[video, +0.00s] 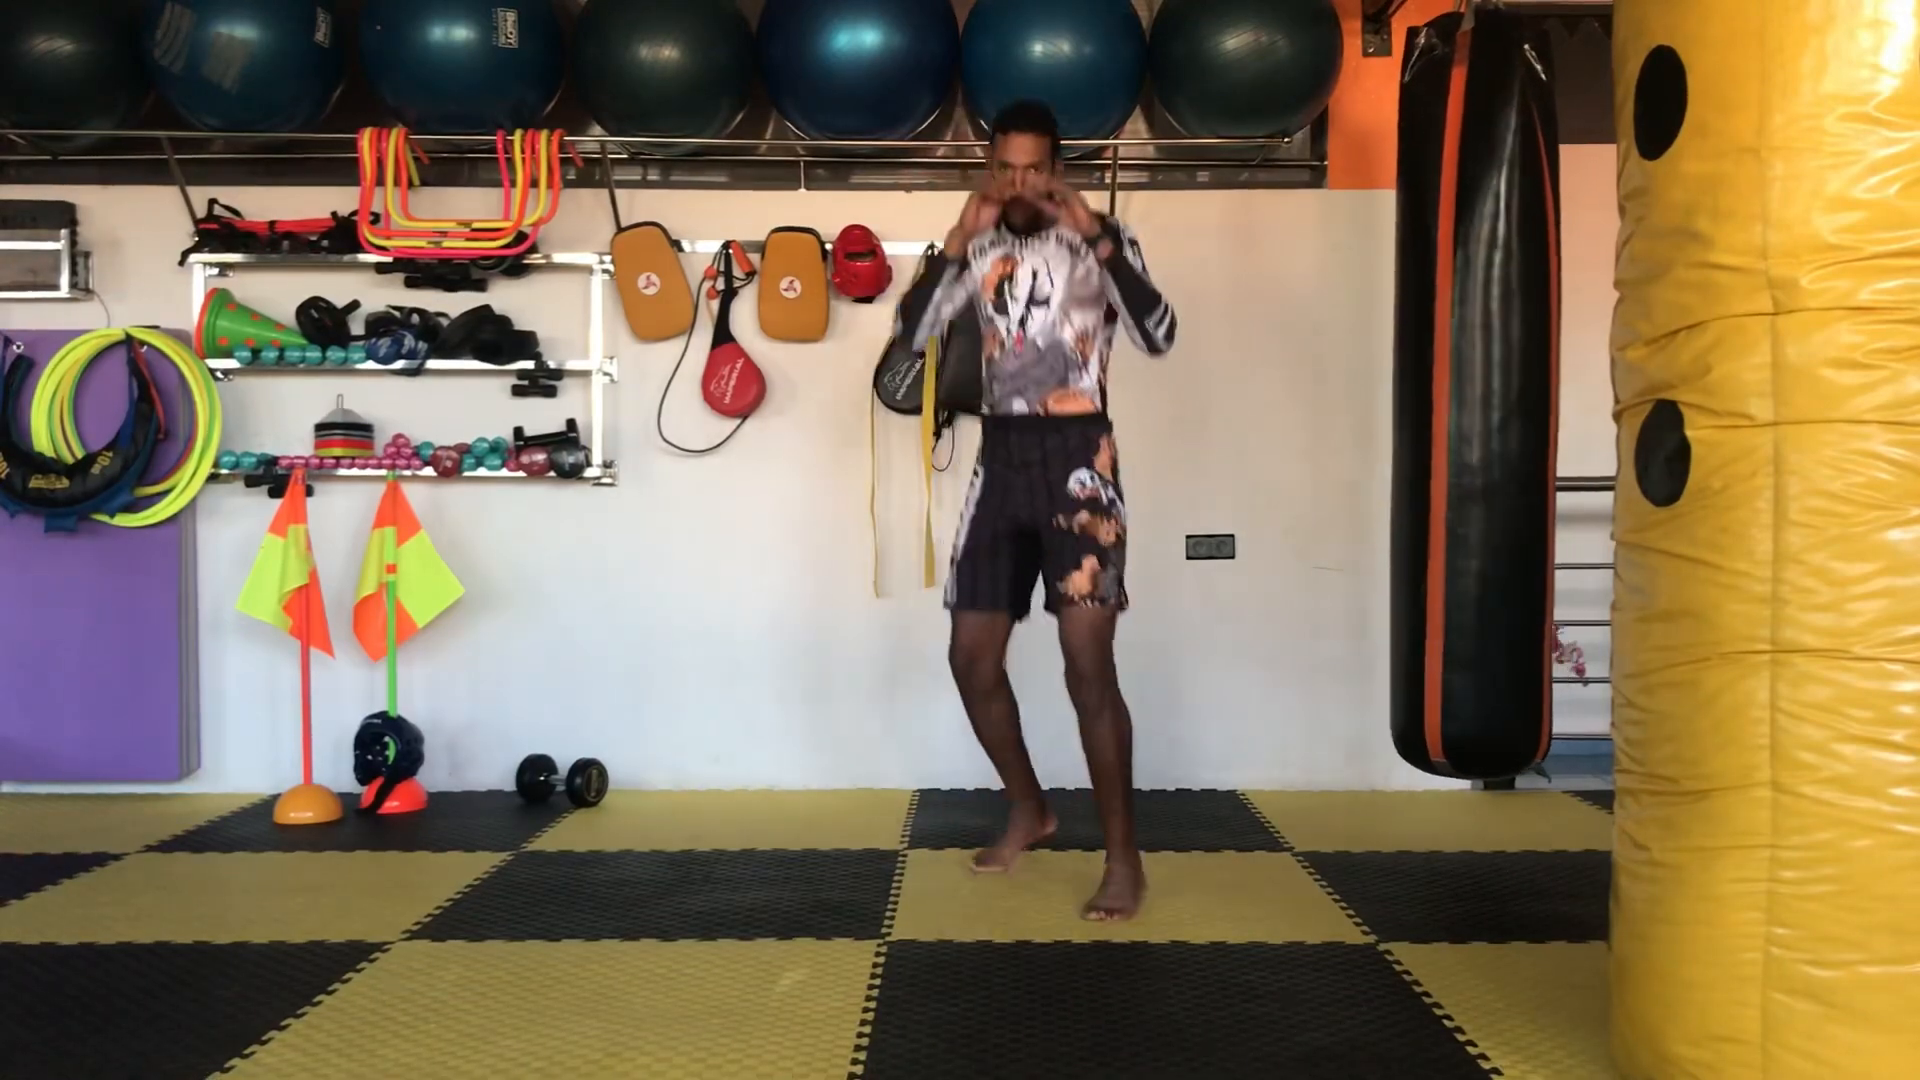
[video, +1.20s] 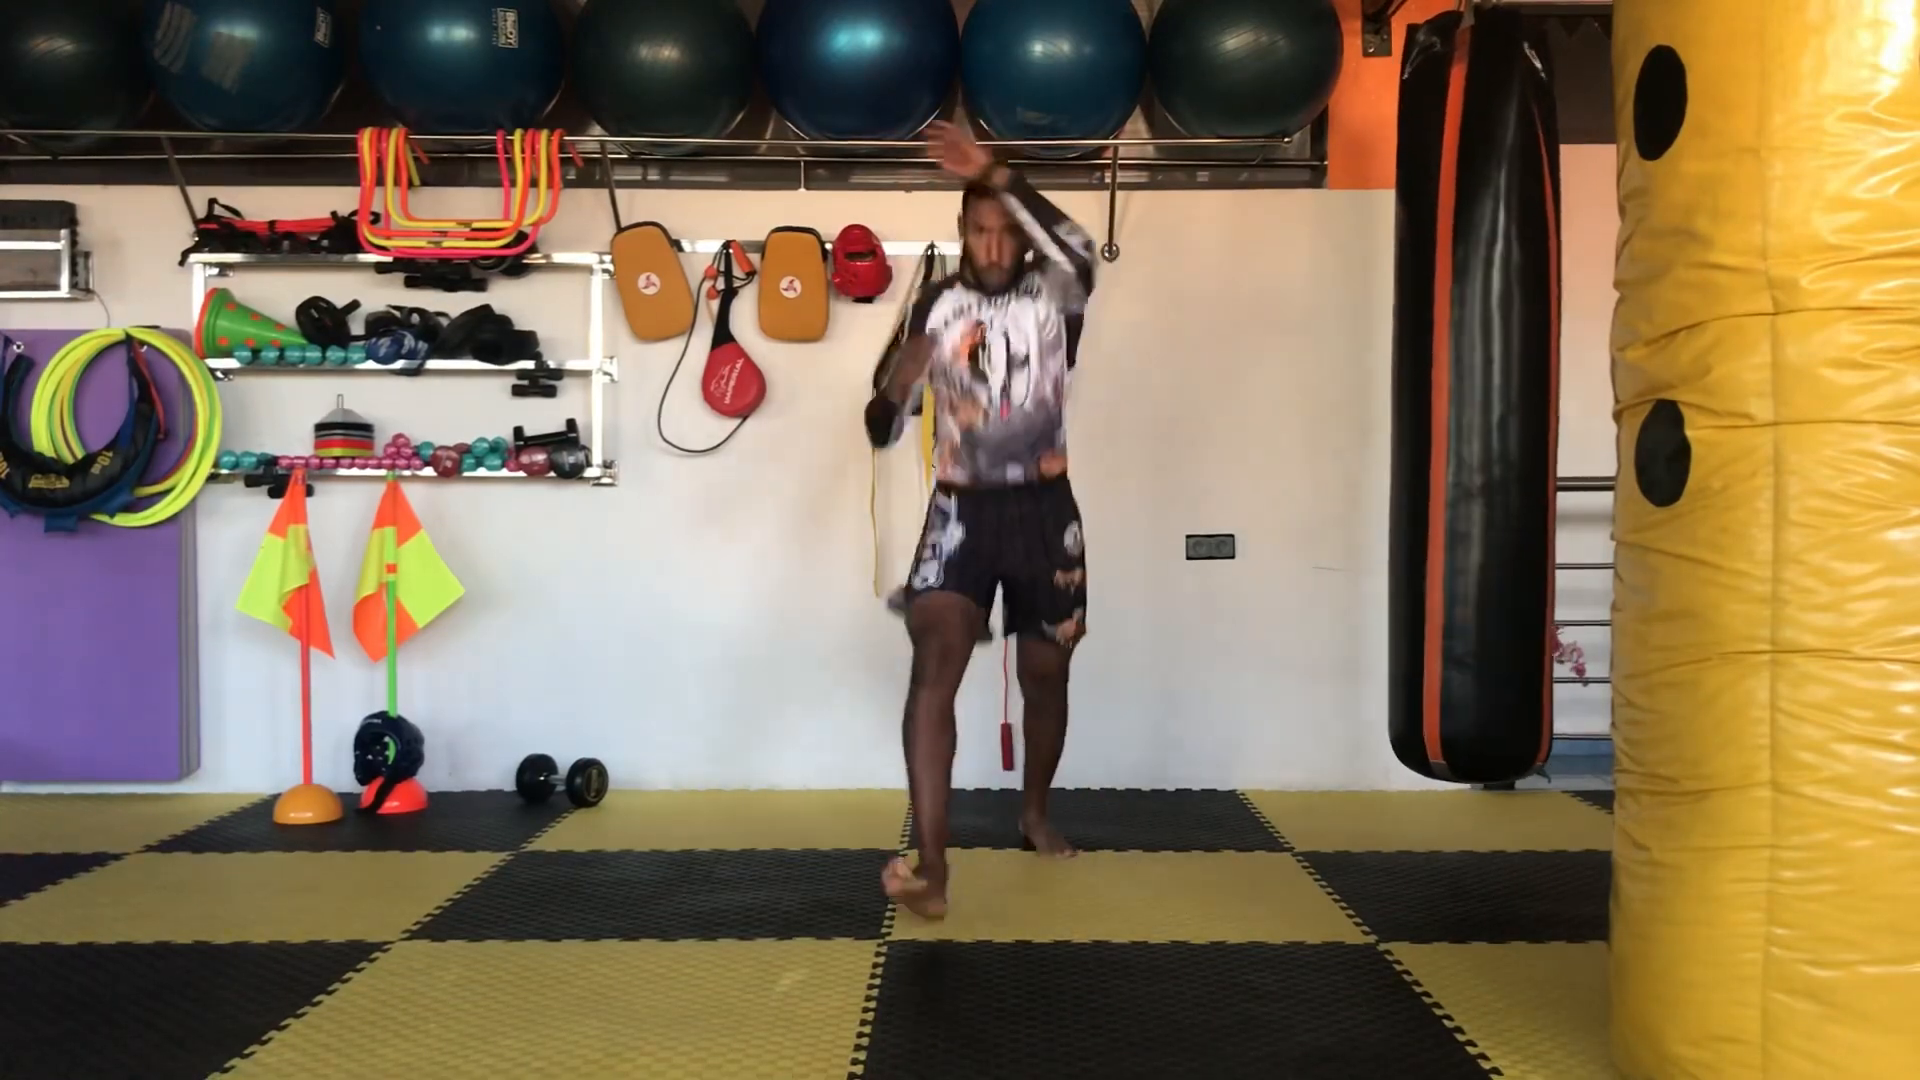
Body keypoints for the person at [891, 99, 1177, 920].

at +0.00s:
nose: (1020, 182)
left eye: (1033, 168)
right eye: (1006, 168)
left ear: (1056, 169)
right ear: (989, 170)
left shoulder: (1098, 241)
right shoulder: (975, 253)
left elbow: (1158, 336)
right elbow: (917, 335)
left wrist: (1098, 242)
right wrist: (959, 246)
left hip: (1079, 464)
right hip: (1002, 466)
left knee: (1088, 672)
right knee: (973, 661)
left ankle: (1121, 857)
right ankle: (1028, 807)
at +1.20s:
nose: (991, 244)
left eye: (1005, 231)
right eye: (977, 230)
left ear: (1026, 238)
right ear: (960, 239)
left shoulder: (1054, 299)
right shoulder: (936, 306)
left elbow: (1083, 254)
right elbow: (883, 428)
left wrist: (996, 176)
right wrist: (896, 386)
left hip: (1042, 501)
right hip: (959, 504)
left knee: (1046, 672)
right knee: (934, 668)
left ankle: (1038, 817)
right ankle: (929, 864)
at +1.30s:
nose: (975, 259)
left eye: (988, 244)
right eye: (963, 244)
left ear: (1014, 251)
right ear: (946, 251)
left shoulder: (1042, 316)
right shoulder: (920, 323)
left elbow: (1043, 243)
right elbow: (858, 388)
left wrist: (950, 156)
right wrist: (885, 292)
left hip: (1032, 521)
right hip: (947, 524)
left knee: (1043, 692)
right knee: (923, 679)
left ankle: (1040, 802)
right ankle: (938, 901)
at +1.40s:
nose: (958, 228)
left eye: (974, 212)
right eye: (945, 213)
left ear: (999, 211)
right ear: (928, 220)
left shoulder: (1034, 282)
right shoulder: (902, 278)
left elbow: (1048, 241)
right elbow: (836, 284)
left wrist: (976, 157)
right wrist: (909, 200)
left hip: (1009, 497)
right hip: (921, 498)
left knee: (1063, 728)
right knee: (897, 689)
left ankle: (1049, 755)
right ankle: (936, 906)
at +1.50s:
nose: (979, 188)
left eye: (989, 174)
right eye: (965, 173)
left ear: (1004, 176)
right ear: (937, 171)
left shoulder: (1026, 251)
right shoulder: (885, 234)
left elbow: (1078, 338)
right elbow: (848, 253)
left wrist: (1042, 256)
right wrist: (961, 190)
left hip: (988, 453)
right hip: (895, 460)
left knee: (1074, 640)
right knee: (878, 677)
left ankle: (1028, 701)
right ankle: (934, 905)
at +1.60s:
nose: (965, 194)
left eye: (980, 181)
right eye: (950, 179)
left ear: (999, 179)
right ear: (928, 171)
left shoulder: (1023, 261)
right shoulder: (889, 227)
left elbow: (1055, 386)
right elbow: (888, 233)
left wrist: (1084, 393)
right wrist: (996, 216)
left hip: (988, 412)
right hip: (892, 421)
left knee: (1058, 483)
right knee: (871, 674)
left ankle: (1037, 617)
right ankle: (939, 897)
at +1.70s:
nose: (975, 197)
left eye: (991, 186)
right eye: (961, 183)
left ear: (1008, 188)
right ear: (939, 176)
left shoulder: (1028, 260)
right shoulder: (893, 220)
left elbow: (1032, 374)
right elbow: (894, 225)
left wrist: (1081, 479)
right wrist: (1002, 227)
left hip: (962, 406)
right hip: (877, 424)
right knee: (871, 666)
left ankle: (1064, 526)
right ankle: (935, 888)